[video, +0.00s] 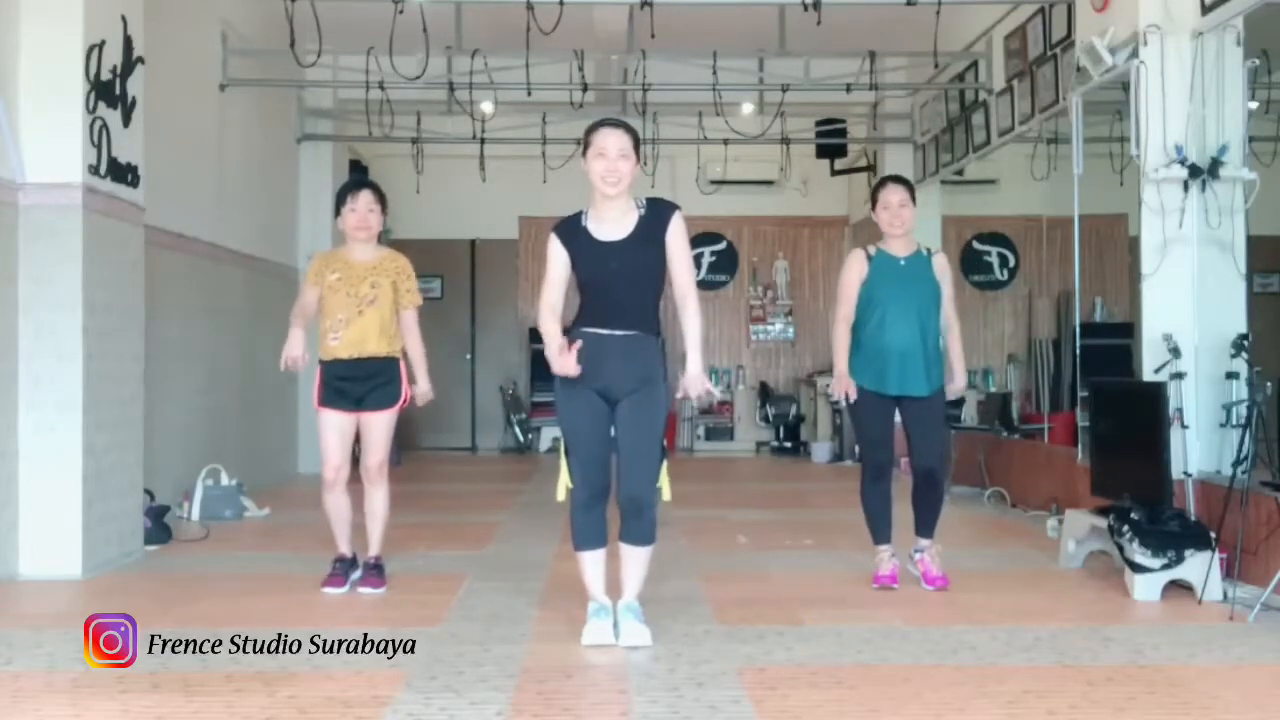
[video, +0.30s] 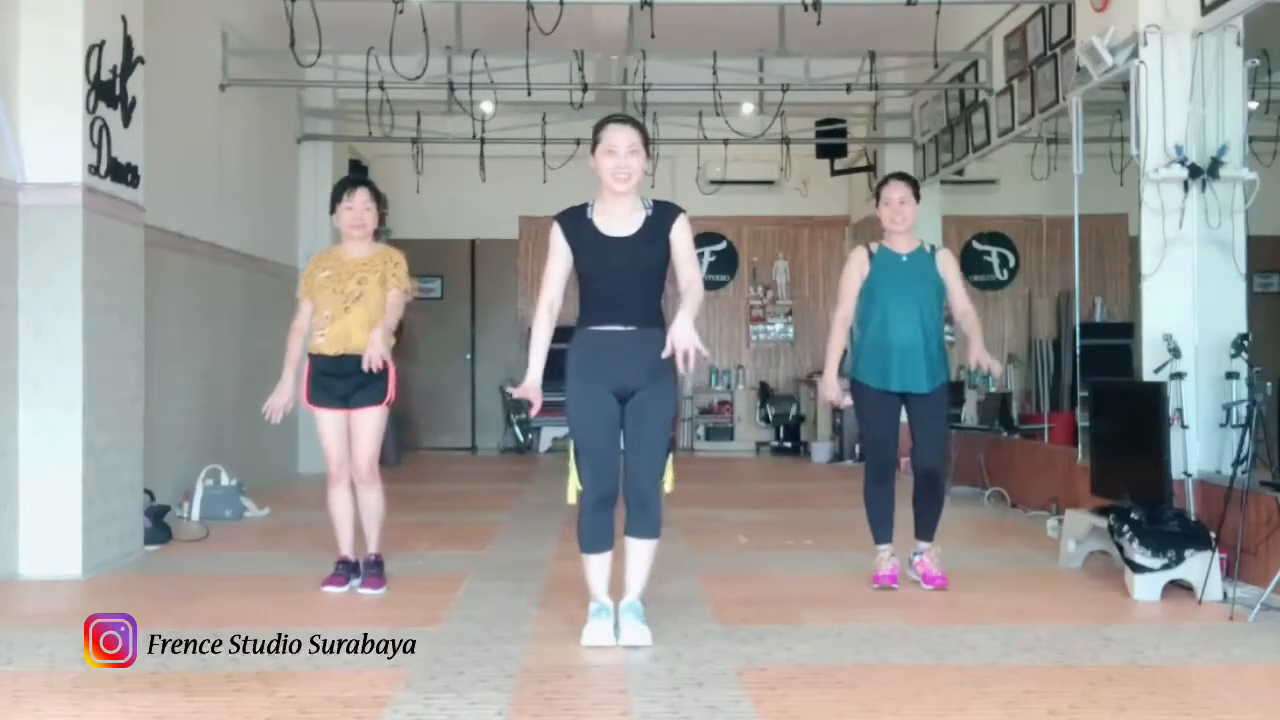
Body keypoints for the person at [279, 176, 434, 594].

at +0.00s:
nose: (362, 216)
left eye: (371, 209)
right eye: (353, 209)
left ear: (383, 218)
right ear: (340, 218)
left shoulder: (397, 265)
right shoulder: (324, 264)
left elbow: (410, 325)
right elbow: (304, 307)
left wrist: (421, 375)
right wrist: (296, 333)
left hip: (384, 371)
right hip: (336, 372)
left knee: (374, 468)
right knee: (334, 472)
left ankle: (373, 559)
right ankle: (343, 557)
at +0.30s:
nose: (358, 214)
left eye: (367, 207)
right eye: (349, 207)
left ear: (379, 216)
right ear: (335, 215)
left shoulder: (390, 260)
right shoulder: (319, 264)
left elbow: (395, 308)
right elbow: (300, 325)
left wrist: (381, 333)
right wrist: (287, 380)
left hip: (371, 367)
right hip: (324, 368)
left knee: (364, 469)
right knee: (337, 471)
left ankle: (372, 558)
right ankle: (345, 560)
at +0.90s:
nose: (356, 220)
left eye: (364, 212)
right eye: (346, 212)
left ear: (376, 218)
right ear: (331, 219)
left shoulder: (389, 262)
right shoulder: (319, 266)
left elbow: (390, 316)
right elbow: (307, 329)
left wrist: (364, 347)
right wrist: (295, 387)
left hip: (368, 369)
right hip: (322, 368)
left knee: (360, 468)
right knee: (335, 469)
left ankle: (372, 558)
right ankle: (346, 560)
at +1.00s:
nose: (356, 220)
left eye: (365, 212)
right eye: (347, 212)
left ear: (376, 218)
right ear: (331, 219)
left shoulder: (390, 262)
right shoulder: (320, 266)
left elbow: (395, 321)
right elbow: (306, 329)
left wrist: (383, 367)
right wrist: (292, 386)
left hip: (370, 368)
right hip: (324, 367)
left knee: (360, 468)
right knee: (335, 468)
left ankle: (372, 558)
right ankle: (346, 560)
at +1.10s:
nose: (356, 221)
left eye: (365, 213)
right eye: (347, 214)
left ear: (376, 219)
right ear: (332, 221)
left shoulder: (392, 264)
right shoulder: (321, 267)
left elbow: (403, 326)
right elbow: (304, 328)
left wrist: (400, 380)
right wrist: (290, 383)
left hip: (374, 370)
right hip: (325, 370)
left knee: (363, 468)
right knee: (337, 468)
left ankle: (374, 557)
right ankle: (345, 560)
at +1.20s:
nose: (360, 223)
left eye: (368, 214)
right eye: (350, 215)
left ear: (378, 219)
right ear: (334, 221)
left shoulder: (395, 264)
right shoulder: (323, 267)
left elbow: (410, 327)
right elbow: (306, 324)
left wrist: (416, 384)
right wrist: (293, 374)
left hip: (377, 371)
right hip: (328, 371)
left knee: (368, 466)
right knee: (339, 467)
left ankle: (378, 553)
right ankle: (346, 560)